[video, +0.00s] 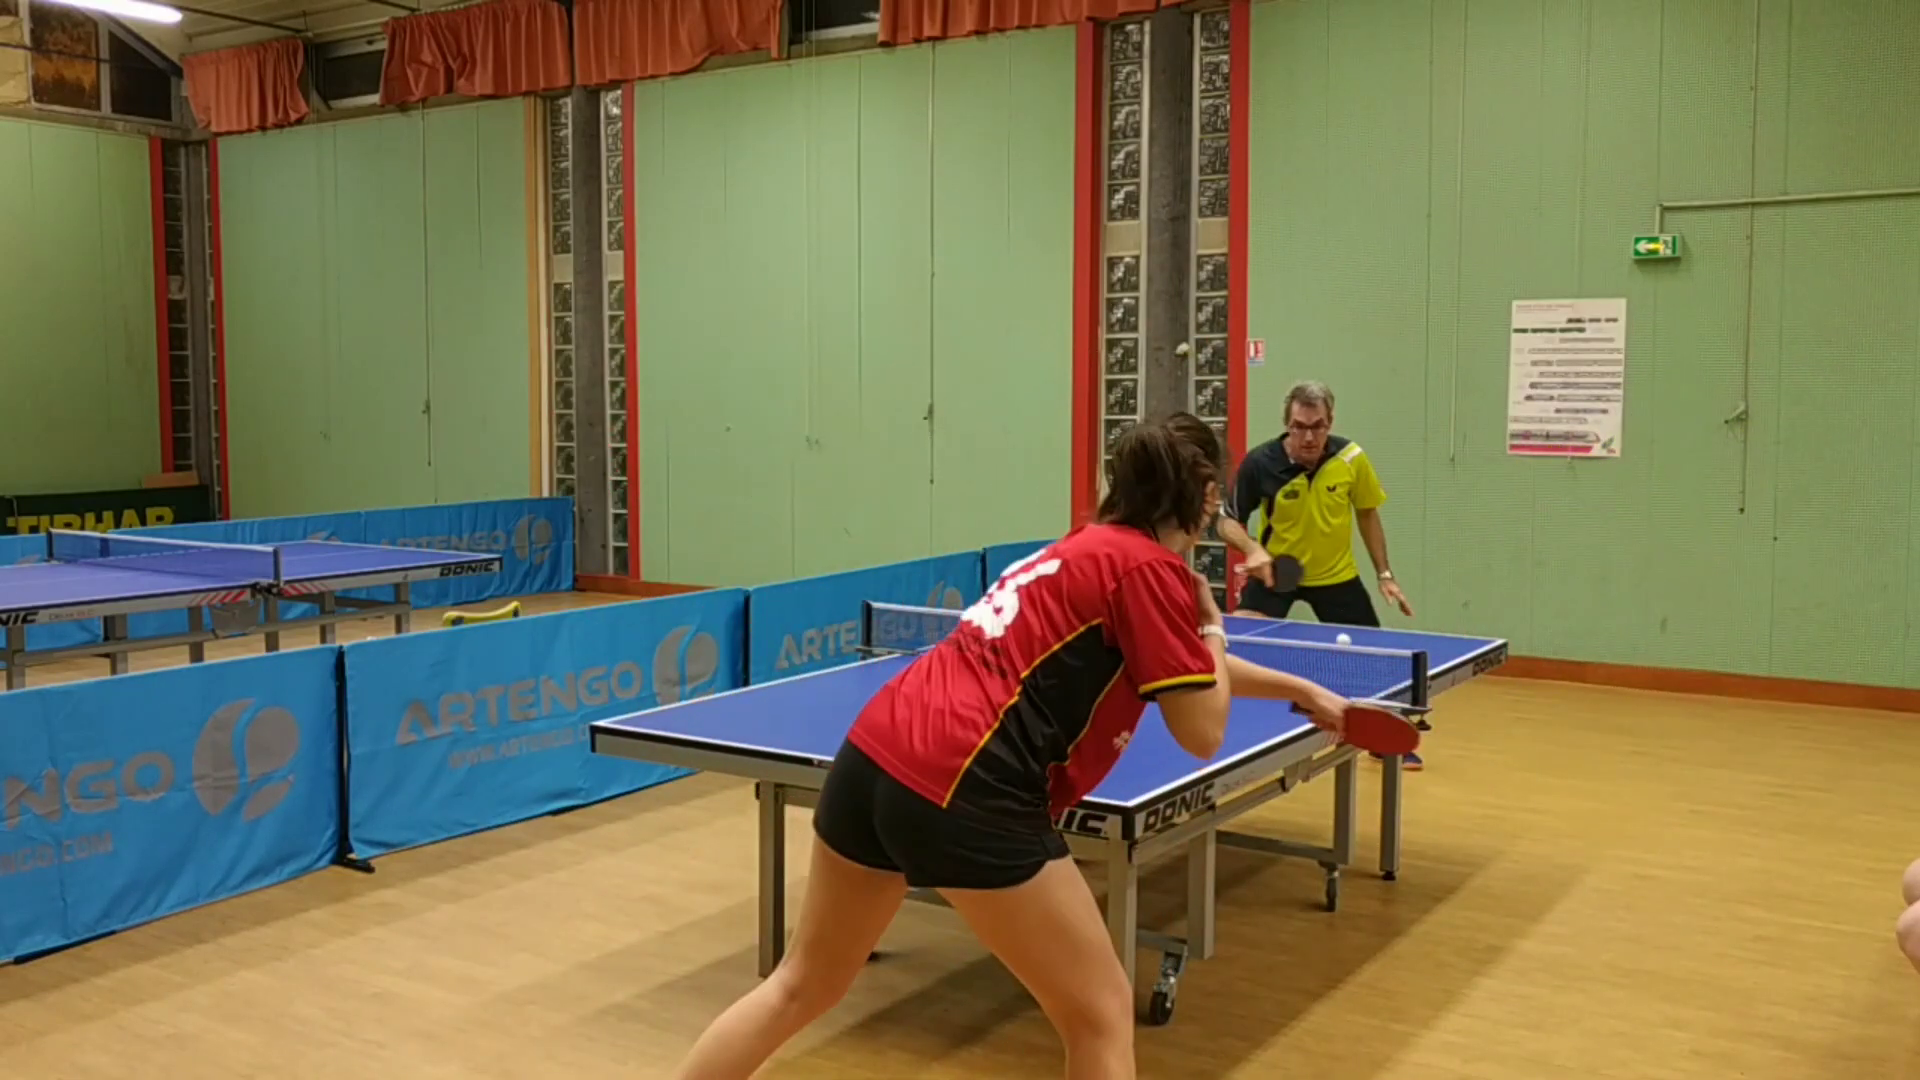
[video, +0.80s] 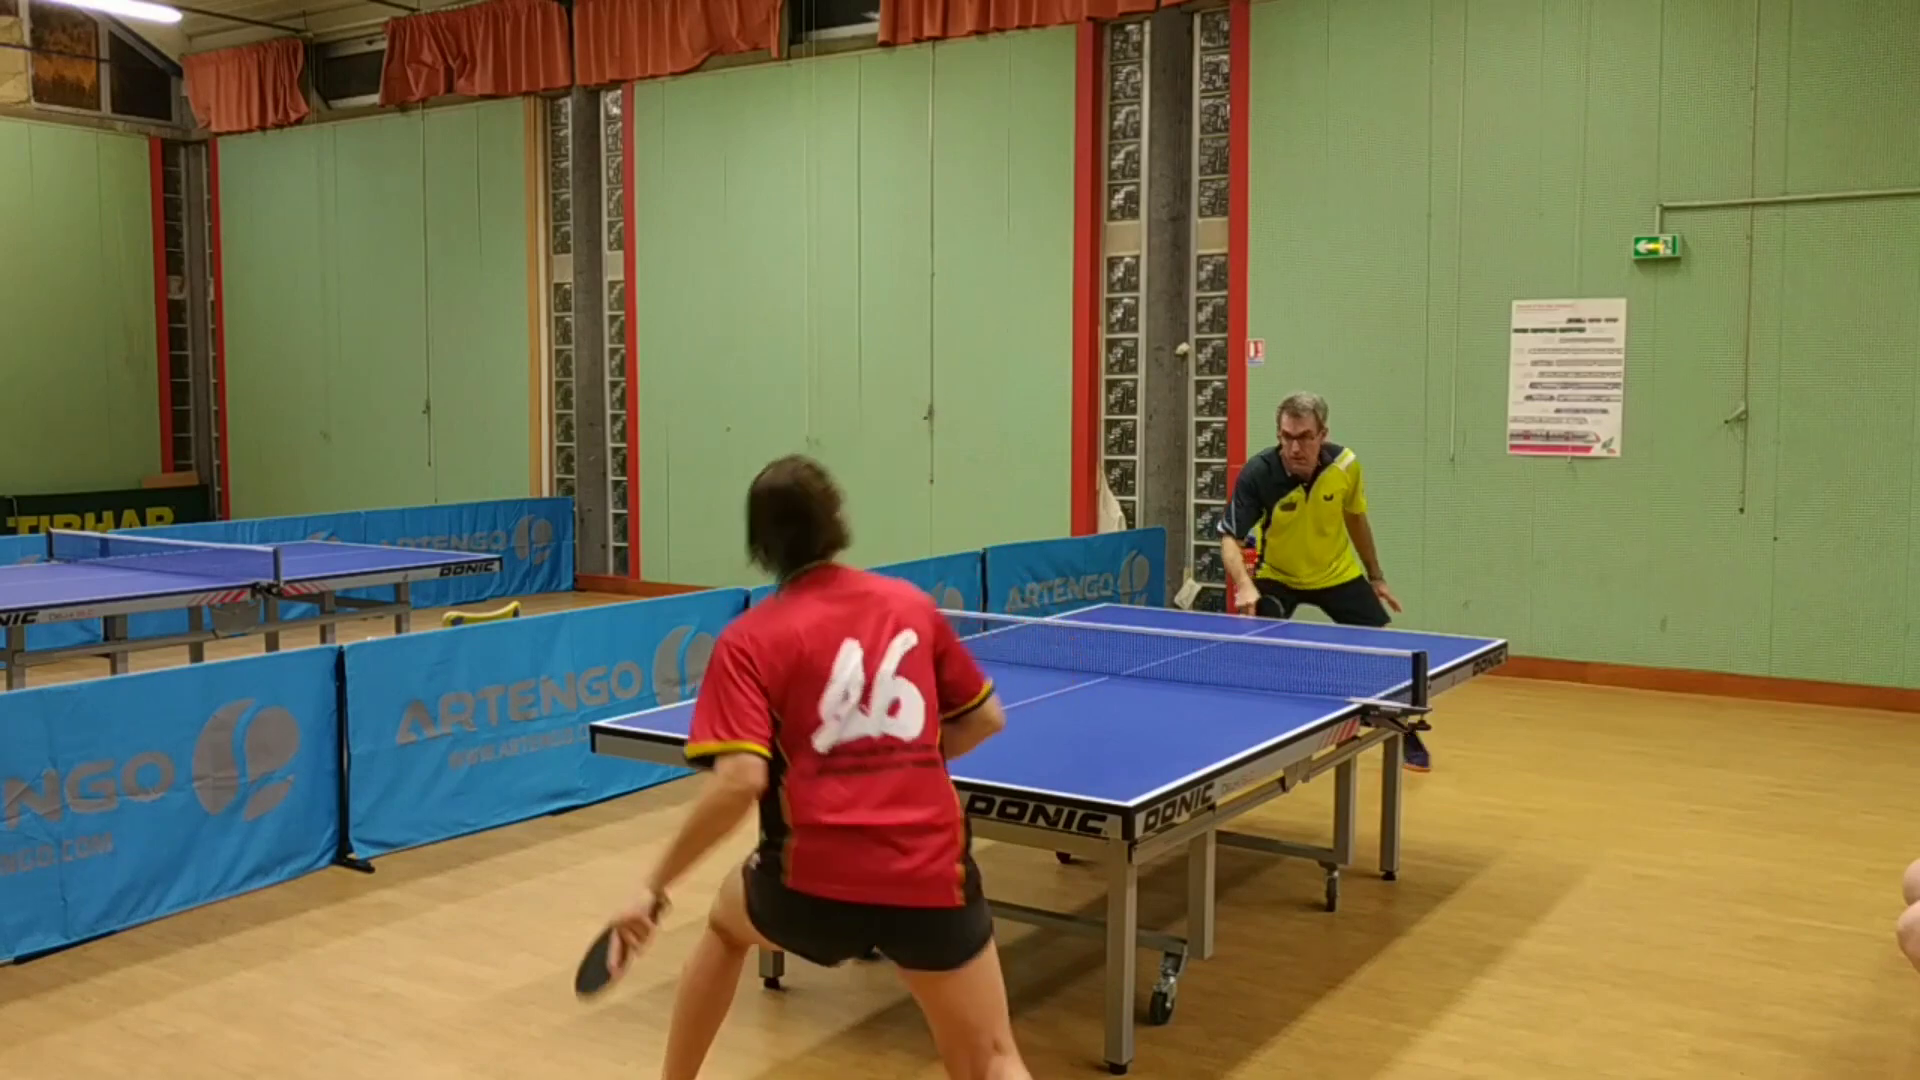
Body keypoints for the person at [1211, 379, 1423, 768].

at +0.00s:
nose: (1308, 437)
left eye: (1316, 427)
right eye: (1299, 427)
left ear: (1330, 424)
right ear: (1286, 423)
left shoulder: (1350, 458)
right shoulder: (1261, 463)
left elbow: (1368, 515)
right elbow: (1228, 520)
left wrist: (1385, 576)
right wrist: (1252, 550)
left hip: (1336, 578)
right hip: (1274, 578)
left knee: (1374, 651)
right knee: (1235, 645)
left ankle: (1389, 736)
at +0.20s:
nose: (1324, 466)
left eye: (1333, 456)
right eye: (1316, 456)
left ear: (1343, 450)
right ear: (1299, 448)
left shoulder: (1351, 476)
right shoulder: (1269, 482)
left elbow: (1359, 532)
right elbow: (1248, 557)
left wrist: (1380, 587)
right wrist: (1306, 555)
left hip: (1328, 584)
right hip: (1269, 583)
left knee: (1377, 653)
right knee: (1240, 650)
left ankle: (1386, 737)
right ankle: (1225, 743)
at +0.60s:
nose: (1313, 464)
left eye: (1322, 455)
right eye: (1305, 453)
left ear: (1337, 452)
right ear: (1293, 448)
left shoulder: (1347, 478)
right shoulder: (1269, 481)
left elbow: (1347, 527)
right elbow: (1232, 544)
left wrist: (1362, 583)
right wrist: (1262, 570)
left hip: (1329, 586)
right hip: (1273, 590)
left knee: (1372, 655)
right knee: (1240, 660)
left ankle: (1386, 737)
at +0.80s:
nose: (1295, 447)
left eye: (1304, 438)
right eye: (1288, 437)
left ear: (1322, 433)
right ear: (1279, 434)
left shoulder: (1344, 465)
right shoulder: (1258, 473)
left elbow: (1356, 519)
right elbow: (1230, 537)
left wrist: (1376, 577)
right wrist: (1244, 585)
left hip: (1337, 577)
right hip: (1278, 579)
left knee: (1386, 645)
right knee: (1253, 647)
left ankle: (1406, 730)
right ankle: (1242, 740)